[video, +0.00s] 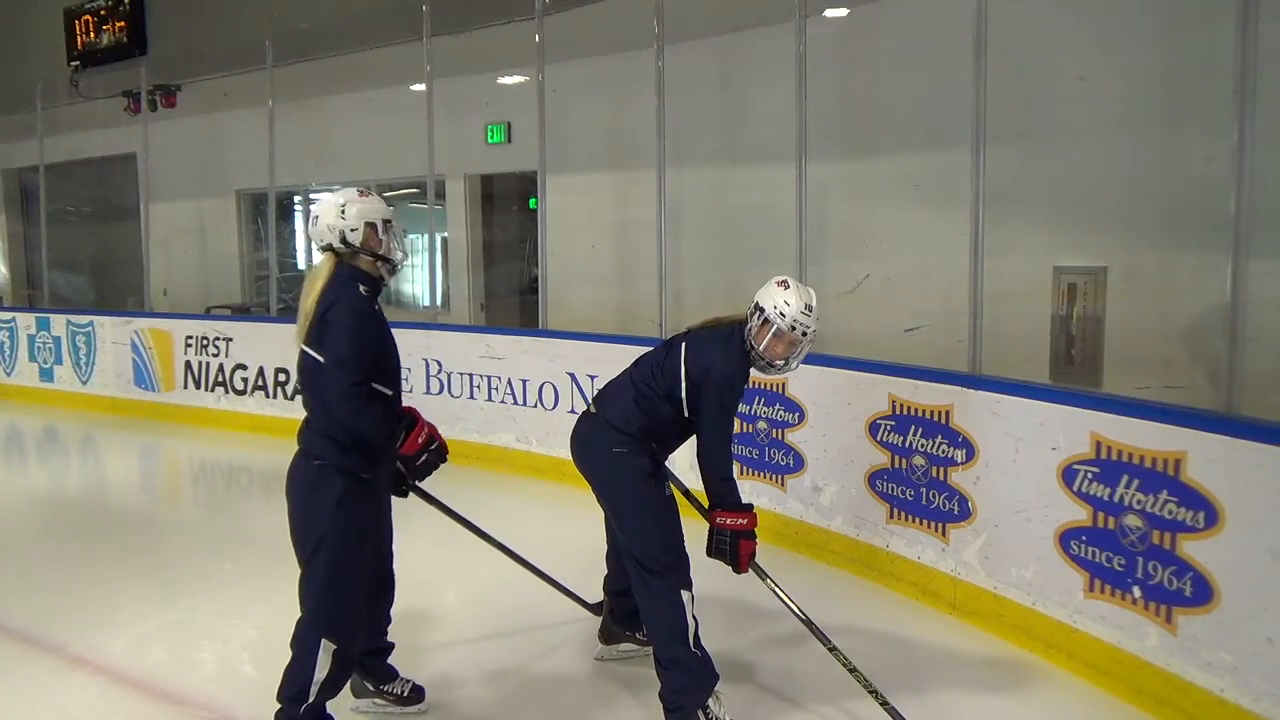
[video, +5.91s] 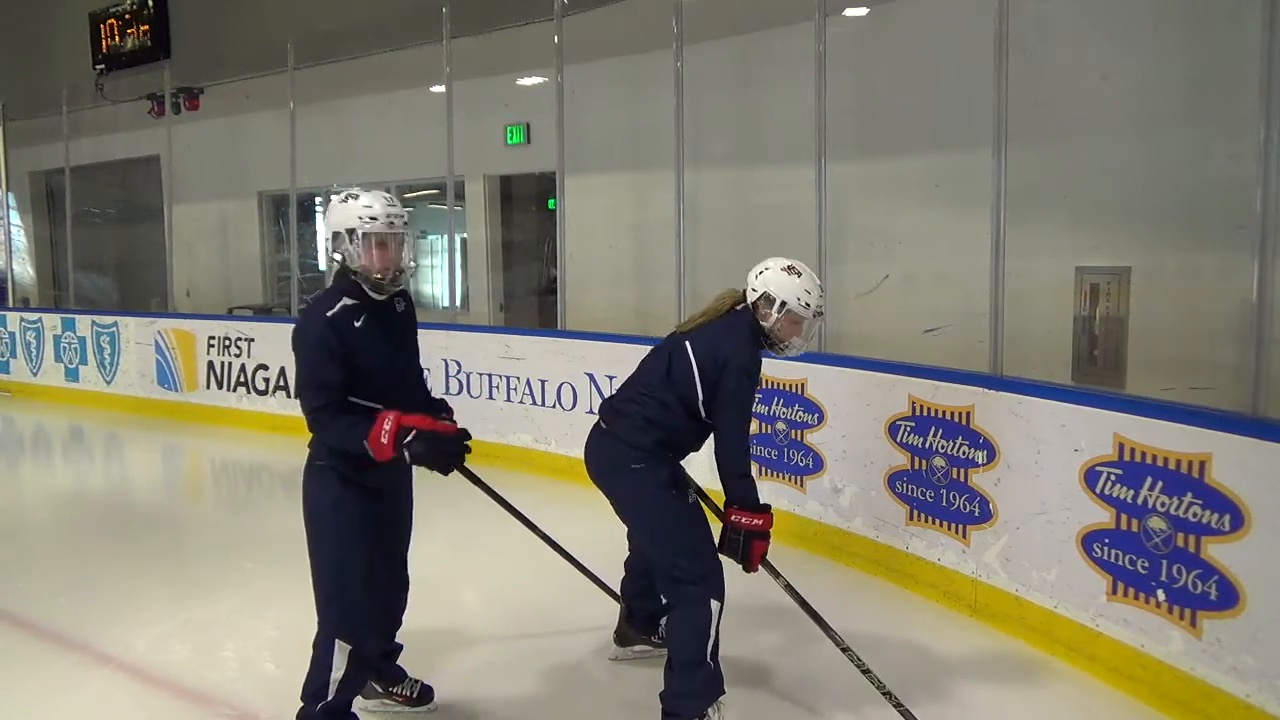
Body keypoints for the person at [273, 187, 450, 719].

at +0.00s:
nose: (390, 240)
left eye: (388, 229)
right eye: (379, 230)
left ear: (345, 236)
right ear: (352, 235)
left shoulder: (351, 292)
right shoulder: (345, 299)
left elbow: (355, 390)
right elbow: (345, 395)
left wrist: (390, 455)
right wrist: (407, 432)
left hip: (356, 470)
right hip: (333, 475)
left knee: (372, 576)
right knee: (335, 593)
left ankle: (369, 673)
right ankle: (300, 706)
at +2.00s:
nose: (361, 249)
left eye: (369, 236)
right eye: (347, 239)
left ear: (383, 242)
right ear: (325, 246)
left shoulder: (381, 305)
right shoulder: (315, 318)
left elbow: (393, 393)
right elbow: (326, 411)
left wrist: (425, 435)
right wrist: (402, 429)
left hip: (385, 468)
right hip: (337, 475)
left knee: (388, 578)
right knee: (346, 597)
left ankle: (377, 669)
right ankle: (322, 707)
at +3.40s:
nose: (407, 241)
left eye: (404, 230)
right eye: (395, 231)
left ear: (370, 239)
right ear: (363, 236)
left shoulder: (361, 295)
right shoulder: (359, 304)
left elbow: (359, 392)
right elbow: (406, 394)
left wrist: (404, 450)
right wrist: (473, 399)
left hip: (375, 468)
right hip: (351, 472)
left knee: (388, 579)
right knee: (352, 594)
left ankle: (375, 672)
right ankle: (325, 705)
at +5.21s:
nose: (380, 247)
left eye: (386, 235)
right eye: (365, 238)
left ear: (397, 238)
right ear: (339, 246)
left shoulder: (378, 298)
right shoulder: (333, 310)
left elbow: (381, 393)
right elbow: (334, 408)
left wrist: (418, 430)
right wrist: (404, 431)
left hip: (380, 468)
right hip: (342, 475)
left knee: (387, 578)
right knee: (345, 599)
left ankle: (377, 671)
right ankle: (317, 708)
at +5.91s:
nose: (385, 257)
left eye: (393, 244)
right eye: (371, 245)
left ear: (403, 247)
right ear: (344, 249)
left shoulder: (399, 306)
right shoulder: (322, 317)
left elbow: (409, 386)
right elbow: (324, 417)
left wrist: (439, 421)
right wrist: (401, 438)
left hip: (390, 470)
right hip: (339, 476)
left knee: (388, 581)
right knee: (348, 597)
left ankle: (377, 670)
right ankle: (322, 708)